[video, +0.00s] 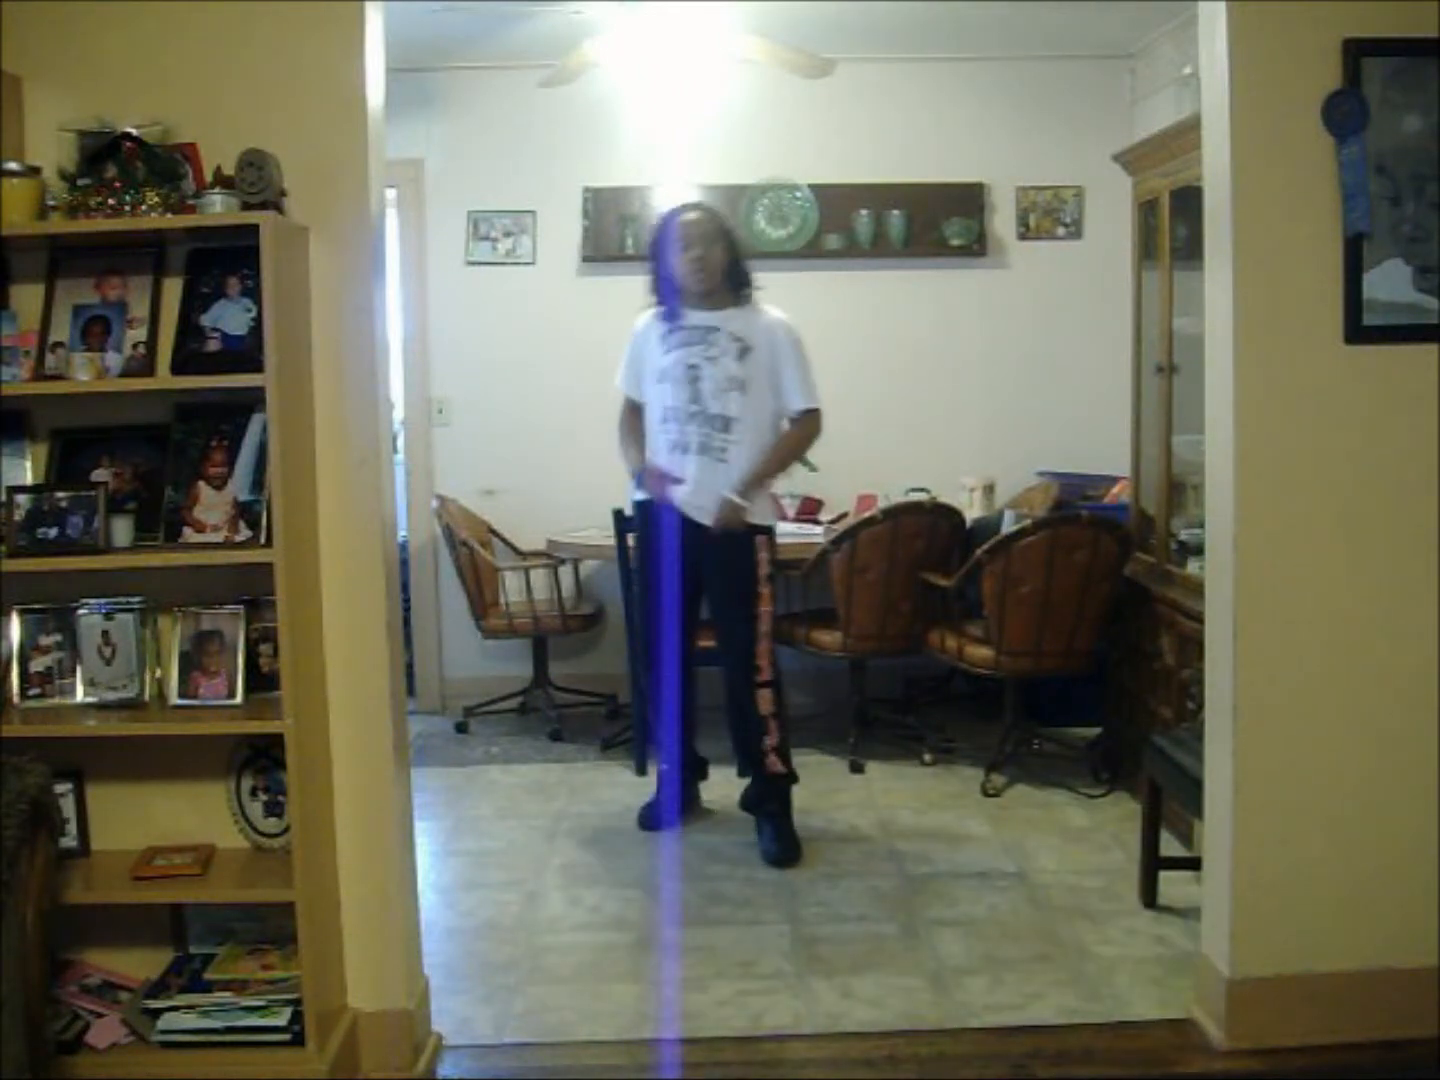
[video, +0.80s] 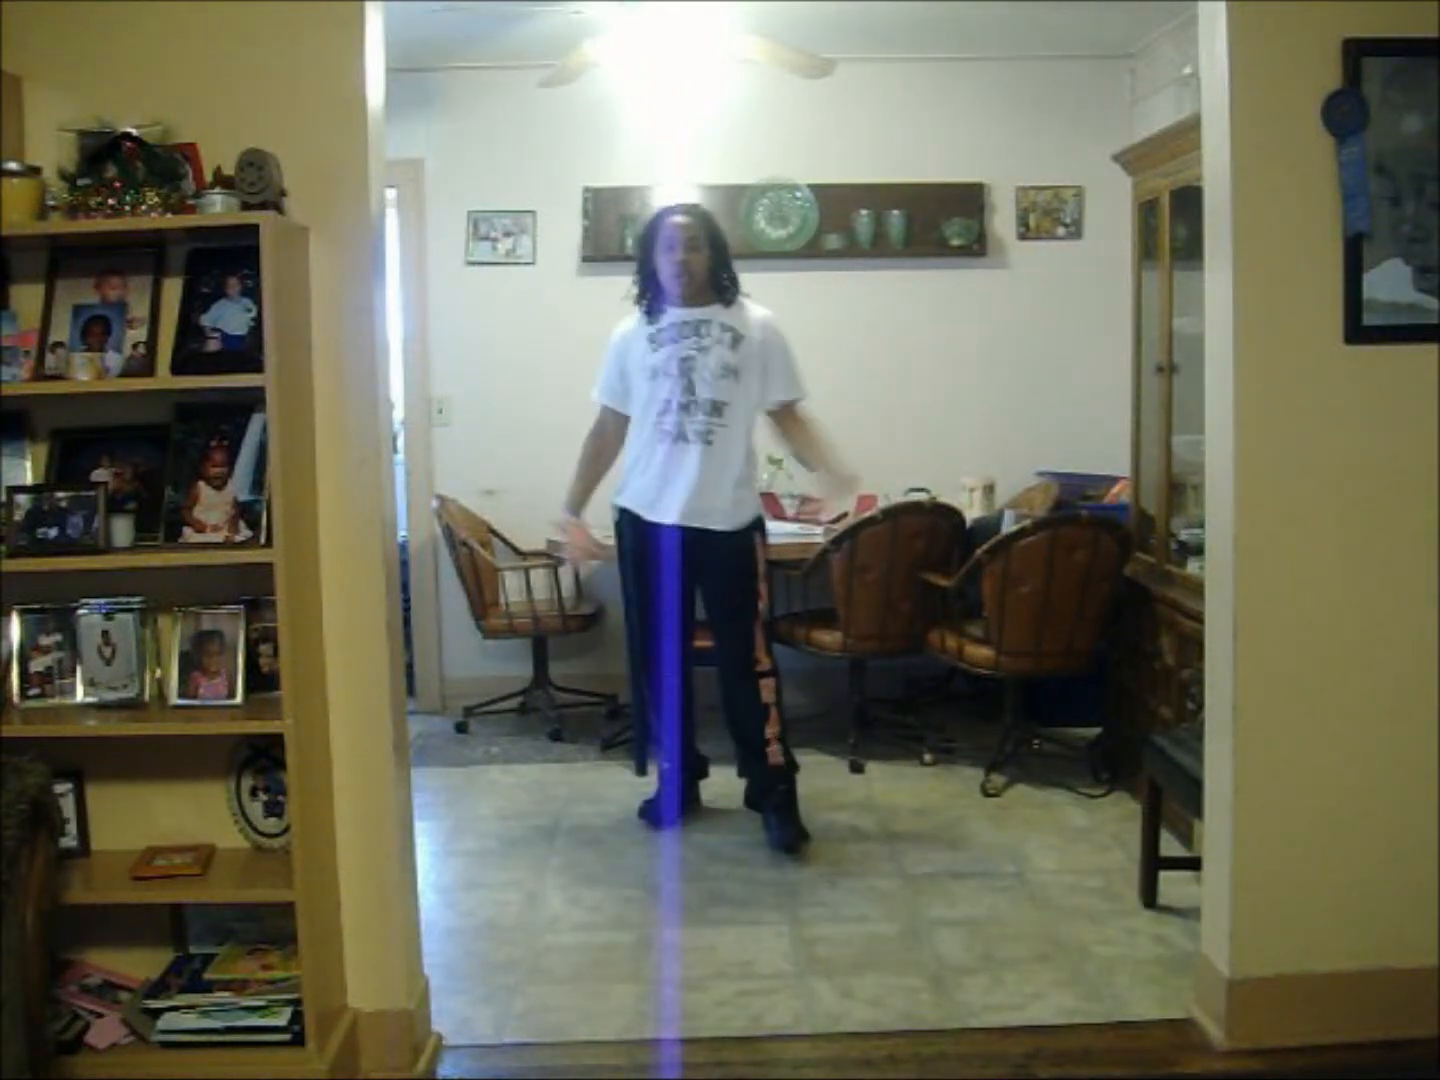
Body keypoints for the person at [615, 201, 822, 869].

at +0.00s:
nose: (698, 257)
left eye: (708, 244)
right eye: (684, 248)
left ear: (730, 252)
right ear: (663, 262)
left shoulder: (769, 329)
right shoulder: (650, 333)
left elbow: (806, 422)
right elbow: (632, 412)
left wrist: (746, 490)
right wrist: (642, 465)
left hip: (739, 518)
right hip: (667, 514)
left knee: (750, 659)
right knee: (664, 655)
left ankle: (772, 801)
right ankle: (676, 782)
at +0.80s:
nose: (682, 259)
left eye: (693, 246)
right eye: (669, 248)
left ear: (715, 255)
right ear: (649, 260)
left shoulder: (754, 329)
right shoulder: (633, 339)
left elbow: (788, 417)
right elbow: (608, 428)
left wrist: (837, 483)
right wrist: (571, 509)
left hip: (728, 517)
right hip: (648, 515)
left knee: (746, 657)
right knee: (659, 659)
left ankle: (776, 796)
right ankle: (674, 784)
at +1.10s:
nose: (726, 263)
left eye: (739, 252)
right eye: (714, 252)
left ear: (761, 264)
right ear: (692, 261)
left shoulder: (791, 338)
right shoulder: (659, 332)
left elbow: (828, 420)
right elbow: (635, 416)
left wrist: (863, 488)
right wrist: (609, 501)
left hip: (751, 523)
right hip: (671, 519)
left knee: (761, 662)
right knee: (670, 660)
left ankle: (778, 802)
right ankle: (677, 783)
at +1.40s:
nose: (762, 274)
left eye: (777, 265)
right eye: (751, 260)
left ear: (796, 280)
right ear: (727, 267)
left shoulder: (810, 353)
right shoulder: (683, 326)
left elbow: (807, 458)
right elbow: (654, 411)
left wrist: (805, 561)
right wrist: (661, 508)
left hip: (767, 526)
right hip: (690, 522)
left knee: (772, 665)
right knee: (684, 660)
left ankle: (781, 806)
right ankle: (680, 784)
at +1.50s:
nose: (758, 260)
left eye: (772, 250)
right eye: (746, 248)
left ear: (790, 262)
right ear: (722, 258)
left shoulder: (813, 342)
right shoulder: (683, 322)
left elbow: (823, 452)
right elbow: (658, 404)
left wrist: (812, 551)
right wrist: (663, 484)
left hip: (770, 525)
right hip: (692, 518)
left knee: (770, 665)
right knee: (683, 659)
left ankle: (781, 805)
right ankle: (681, 782)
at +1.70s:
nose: (730, 246)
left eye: (740, 234)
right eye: (715, 238)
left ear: (763, 244)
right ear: (694, 253)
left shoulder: (799, 327)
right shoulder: (670, 320)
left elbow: (833, 420)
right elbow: (652, 405)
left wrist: (836, 509)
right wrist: (654, 489)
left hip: (761, 523)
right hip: (682, 518)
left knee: (769, 667)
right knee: (672, 661)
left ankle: (781, 806)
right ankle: (672, 793)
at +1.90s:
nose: (694, 252)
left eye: (705, 239)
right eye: (680, 243)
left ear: (728, 248)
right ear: (660, 258)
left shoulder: (768, 328)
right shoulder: (643, 334)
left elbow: (801, 417)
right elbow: (627, 431)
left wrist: (831, 491)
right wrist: (623, 519)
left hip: (742, 526)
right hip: (660, 524)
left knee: (757, 668)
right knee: (658, 669)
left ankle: (780, 807)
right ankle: (669, 797)